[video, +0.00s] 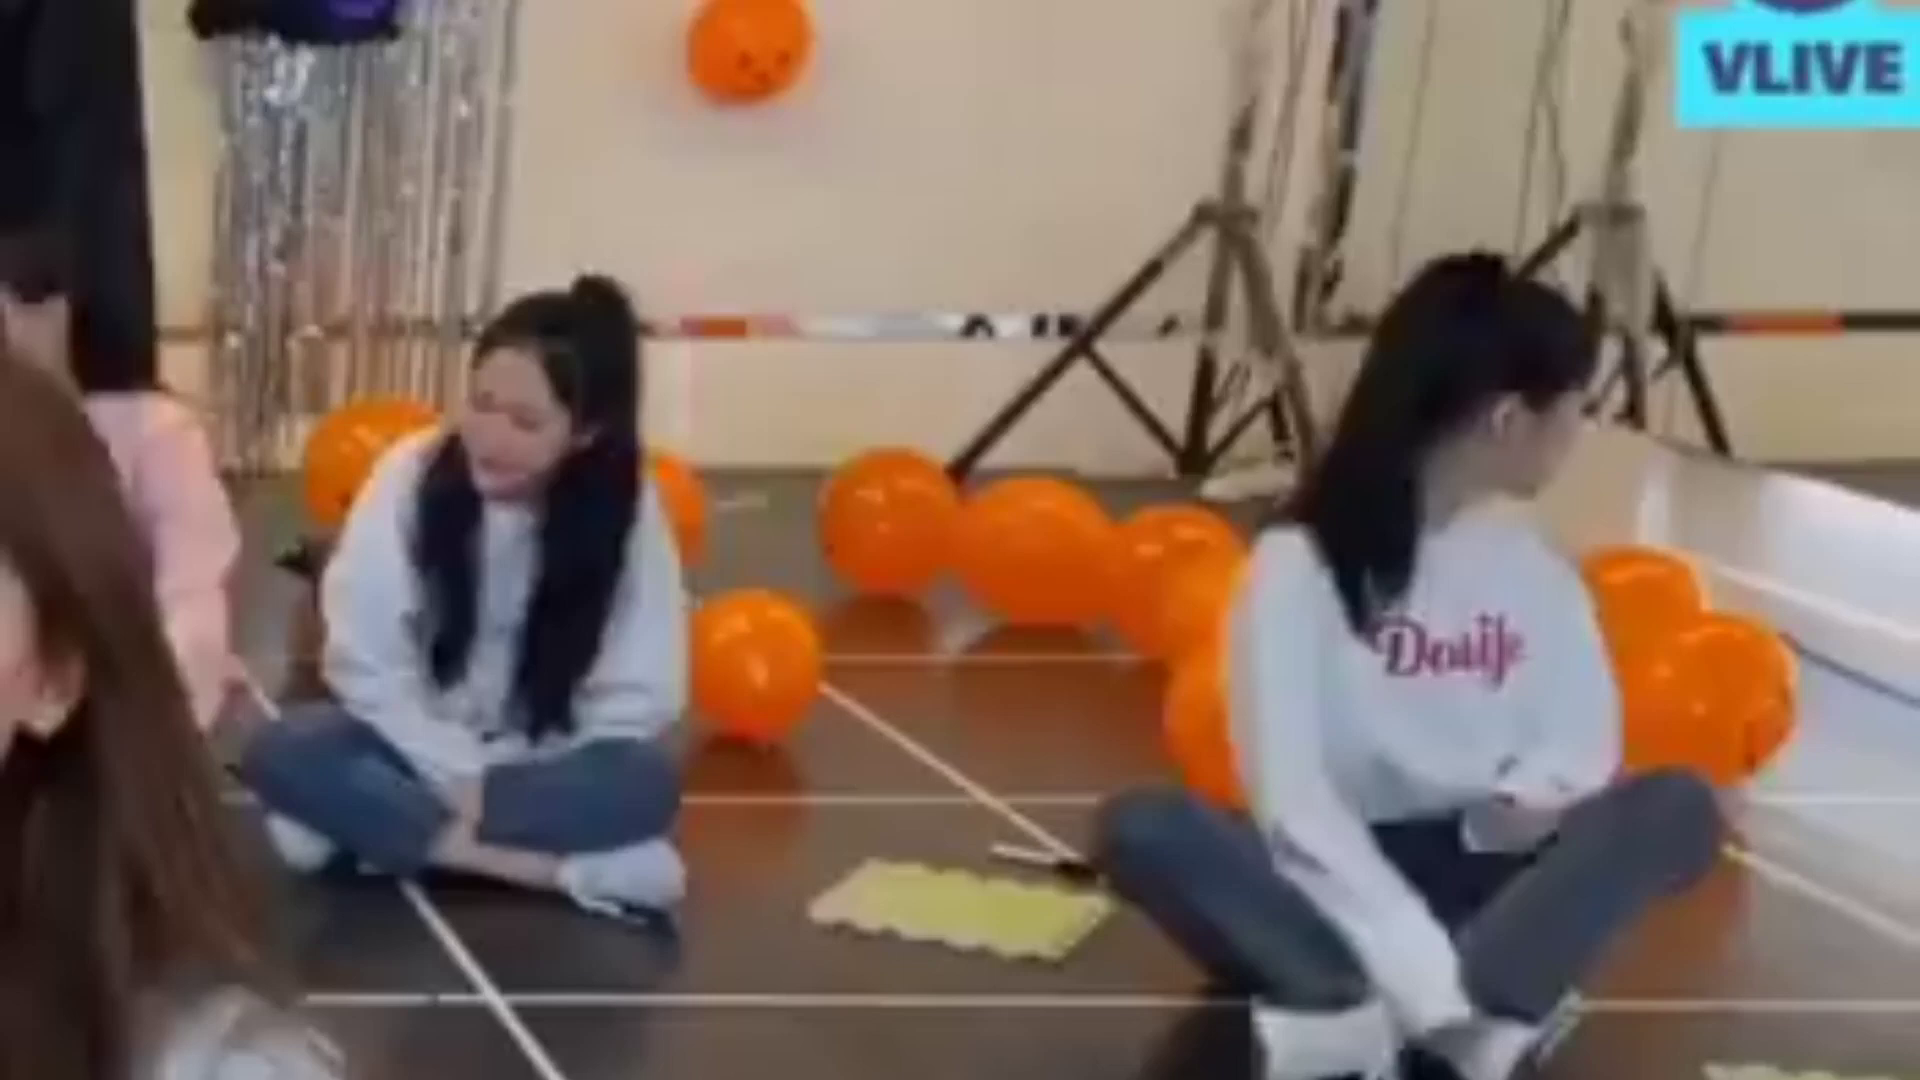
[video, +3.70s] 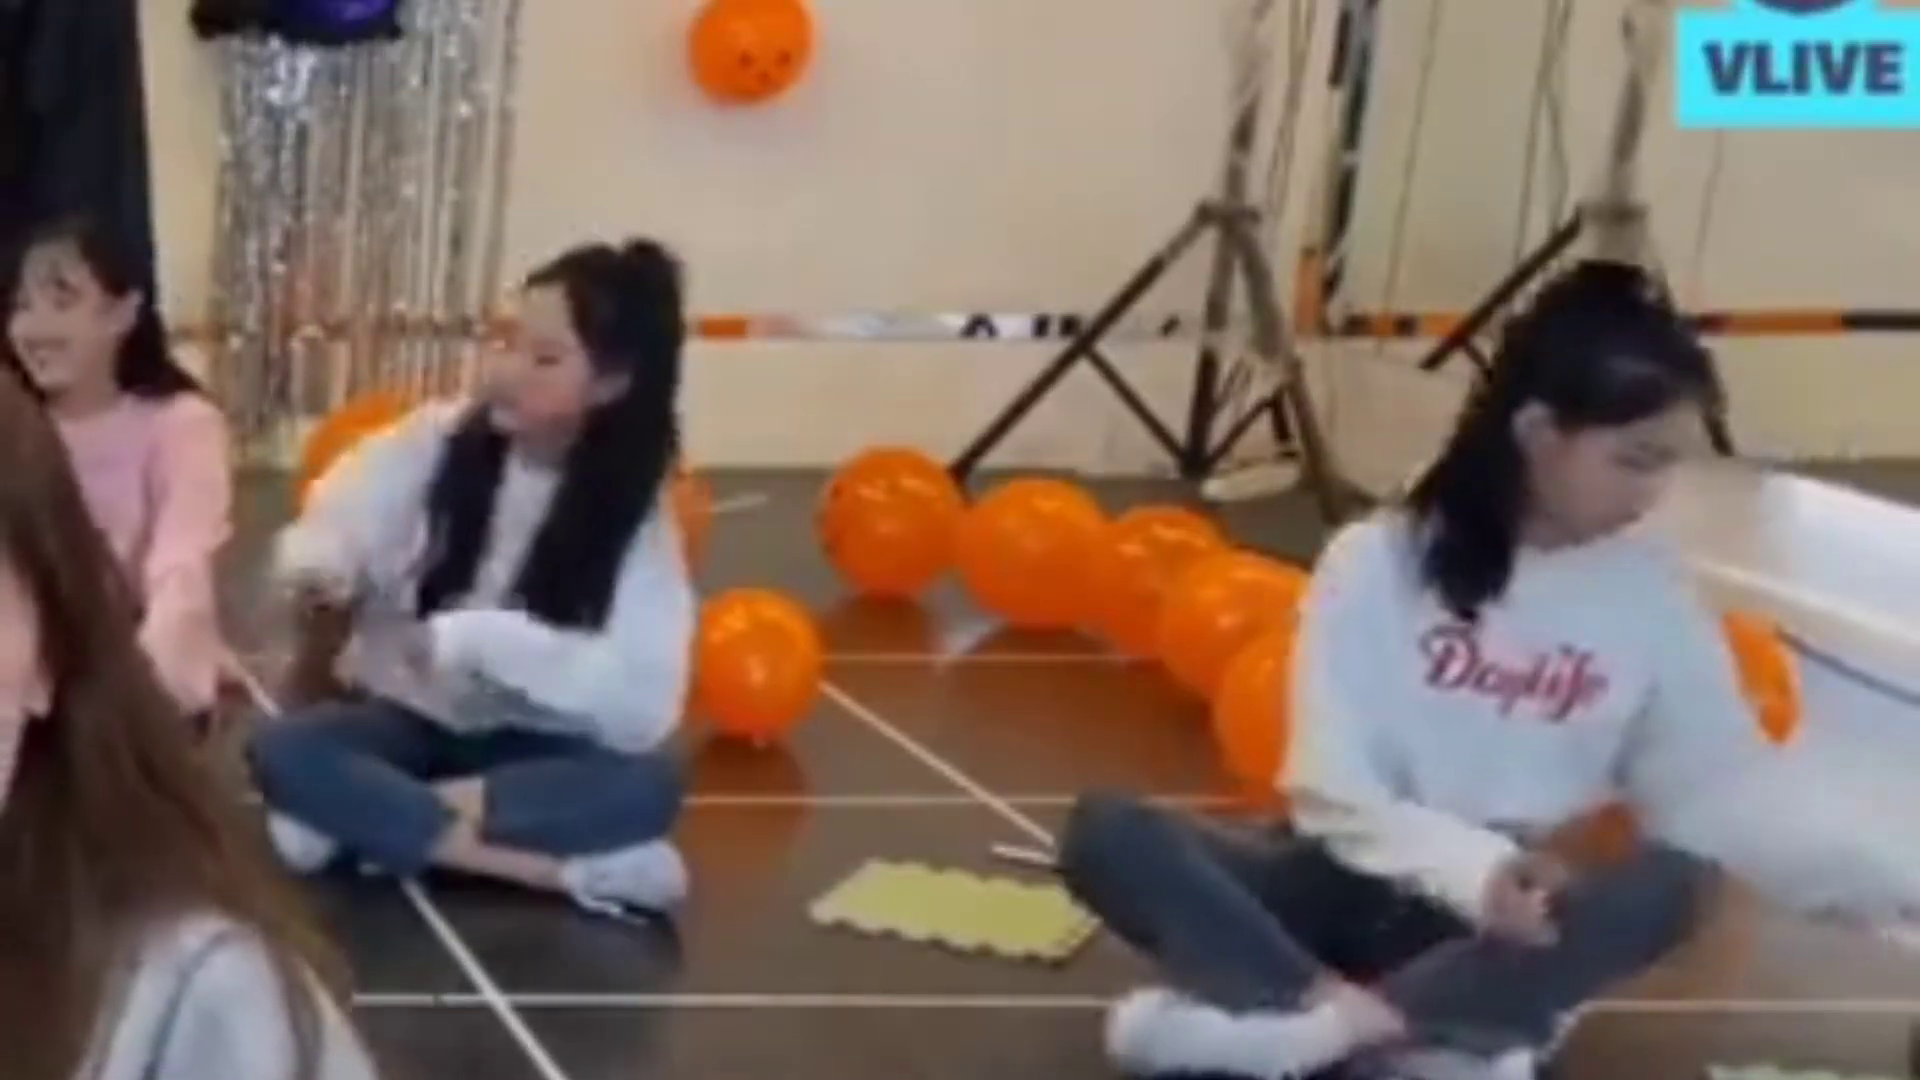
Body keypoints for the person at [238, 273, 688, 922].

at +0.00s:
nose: (490, 437)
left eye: (525, 422)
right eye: (482, 406)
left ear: (584, 433)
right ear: (463, 395)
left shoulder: (626, 506)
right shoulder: (408, 477)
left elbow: (645, 694)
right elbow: (357, 658)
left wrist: (505, 776)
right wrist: (454, 772)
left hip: (550, 748)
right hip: (418, 734)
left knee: (646, 783)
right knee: (280, 751)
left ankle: (374, 841)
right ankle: (547, 874)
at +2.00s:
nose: (451, 442)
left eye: (470, 426)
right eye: (444, 419)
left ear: (541, 414)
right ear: (436, 396)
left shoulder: (633, 497)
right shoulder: (409, 476)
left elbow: (650, 693)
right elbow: (356, 604)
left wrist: (503, 751)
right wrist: (430, 700)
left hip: (558, 731)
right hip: (423, 720)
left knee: (642, 785)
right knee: (280, 751)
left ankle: (371, 836)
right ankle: (549, 874)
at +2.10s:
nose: (442, 434)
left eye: (461, 418)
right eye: (437, 410)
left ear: (526, 408)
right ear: (431, 393)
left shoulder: (630, 490)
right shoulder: (394, 480)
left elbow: (642, 693)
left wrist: (488, 766)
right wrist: (368, 664)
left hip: (565, 727)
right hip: (437, 716)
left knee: (641, 786)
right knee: (278, 753)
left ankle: (373, 836)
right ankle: (554, 876)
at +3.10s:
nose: (405, 395)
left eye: (422, 374)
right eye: (404, 370)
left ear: (478, 372)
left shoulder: (607, 473)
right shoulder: (400, 464)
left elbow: (639, 668)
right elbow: (340, 614)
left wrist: (483, 748)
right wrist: (301, 694)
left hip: (549, 725)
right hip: (417, 711)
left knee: (647, 778)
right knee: (279, 750)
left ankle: (366, 833)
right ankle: (553, 876)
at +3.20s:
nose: (415, 402)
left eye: (433, 385)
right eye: (416, 381)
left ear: (497, 377)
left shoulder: (613, 471)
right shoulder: (406, 457)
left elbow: (644, 674)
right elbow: (342, 626)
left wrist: (481, 728)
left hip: (553, 726)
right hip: (421, 709)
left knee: (647, 779)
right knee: (284, 750)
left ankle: (368, 830)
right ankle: (554, 875)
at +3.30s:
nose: (432, 399)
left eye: (451, 378)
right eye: (428, 375)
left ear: (518, 372)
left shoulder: (620, 476)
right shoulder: (413, 454)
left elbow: (640, 675)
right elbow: (345, 599)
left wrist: (454, 694)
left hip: (545, 732)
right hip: (412, 720)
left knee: (645, 778)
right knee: (282, 750)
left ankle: (371, 831)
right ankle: (556, 876)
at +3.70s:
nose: (505, 373)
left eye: (544, 361)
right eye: (503, 340)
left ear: (611, 384)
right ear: (487, 334)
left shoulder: (630, 507)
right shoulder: (438, 443)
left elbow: (642, 701)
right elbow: (335, 524)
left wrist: (482, 642)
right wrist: (318, 574)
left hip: (540, 737)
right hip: (411, 715)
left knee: (648, 787)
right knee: (284, 750)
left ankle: (367, 832)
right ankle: (553, 876)